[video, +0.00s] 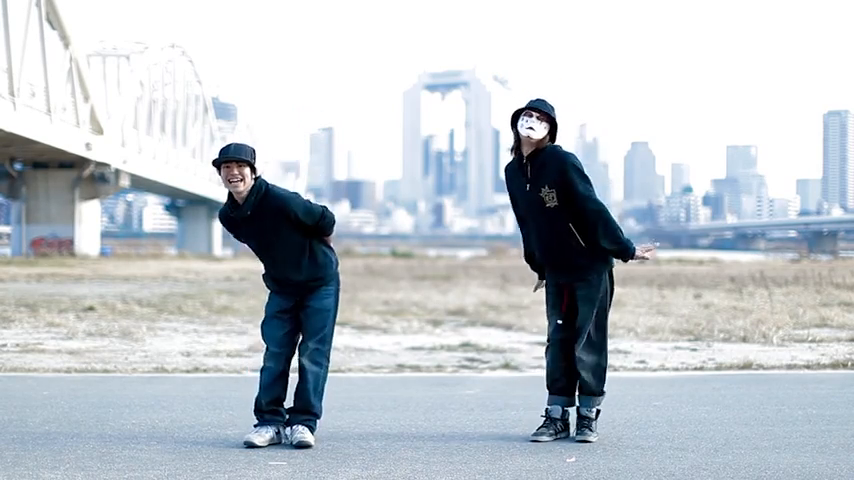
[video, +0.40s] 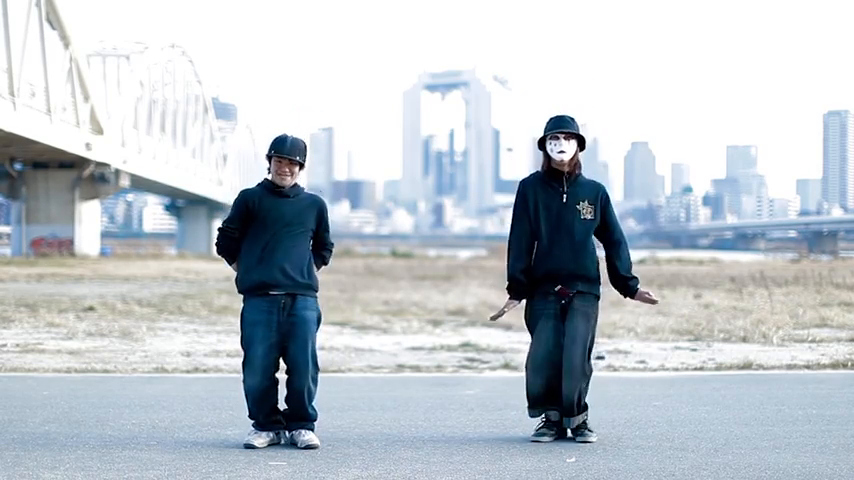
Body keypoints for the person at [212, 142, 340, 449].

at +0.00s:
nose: (235, 173)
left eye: (241, 166)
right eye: (228, 168)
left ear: (252, 170)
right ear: (220, 175)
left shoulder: (281, 201)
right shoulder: (227, 216)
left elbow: (326, 220)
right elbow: (261, 241)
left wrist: (319, 244)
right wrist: (297, 247)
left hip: (318, 280)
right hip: (281, 283)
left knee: (312, 352)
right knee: (275, 351)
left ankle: (303, 424)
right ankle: (270, 423)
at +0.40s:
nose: (285, 168)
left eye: (292, 163)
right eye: (280, 161)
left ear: (301, 167)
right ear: (269, 162)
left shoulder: (315, 205)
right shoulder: (249, 198)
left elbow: (323, 249)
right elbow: (225, 242)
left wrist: (301, 269)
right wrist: (249, 268)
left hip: (302, 297)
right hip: (259, 298)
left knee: (303, 364)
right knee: (257, 367)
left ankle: (302, 427)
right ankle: (265, 427)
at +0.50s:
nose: (291, 170)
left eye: (298, 166)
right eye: (286, 163)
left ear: (306, 172)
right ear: (276, 165)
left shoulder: (317, 210)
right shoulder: (253, 200)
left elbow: (325, 253)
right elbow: (228, 243)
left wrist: (308, 274)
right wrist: (250, 269)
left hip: (303, 298)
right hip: (260, 298)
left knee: (305, 365)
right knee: (258, 367)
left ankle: (301, 427)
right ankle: (265, 428)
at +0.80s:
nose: (326, 153)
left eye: (333, 150)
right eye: (321, 147)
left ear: (340, 160)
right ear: (309, 152)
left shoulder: (336, 201)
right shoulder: (279, 183)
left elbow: (310, 235)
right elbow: (242, 211)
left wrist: (278, 249)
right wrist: (251, 249)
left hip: (292, 283)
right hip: (253, 281)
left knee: (297, 351)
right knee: (259, 353)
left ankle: (299, 422)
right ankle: (266, 422)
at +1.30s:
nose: (288, 151)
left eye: (296, 146)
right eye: (283, 144)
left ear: (307, 151)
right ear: (276, 146)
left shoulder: (322, 189)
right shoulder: (258, 188)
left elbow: (339, 236)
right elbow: (247, 231)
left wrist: (317, 265)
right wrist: (263, 256)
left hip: (301, 289)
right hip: (260, 287)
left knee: (300, 362)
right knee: (257, 362)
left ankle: (301, 425)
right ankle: (267, 425)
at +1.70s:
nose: (246, 138)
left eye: (252, 133)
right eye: (240, 135)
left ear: (265, 139)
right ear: (233, 145)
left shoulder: (293, 173)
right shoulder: (237, 191)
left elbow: (328, 205)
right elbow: (254, 227)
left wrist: (320, 237)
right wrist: (287, 240)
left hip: (314, 276)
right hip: (276, 279)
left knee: (307, 352)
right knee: (270, 352)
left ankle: (301, 424)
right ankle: (268, 423)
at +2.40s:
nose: (291, 161)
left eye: (298, 156)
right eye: (286, 155)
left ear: (307, 163)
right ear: (275, 159)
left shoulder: (321, 205)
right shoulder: (254, 198)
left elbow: (330, 249)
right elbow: (232, 242)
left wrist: (311, 273)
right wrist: (254, 270)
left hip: (305, 297)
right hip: (262, 296)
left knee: (309, 364)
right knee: (260, 364)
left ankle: (301, 426)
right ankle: (264, 426)